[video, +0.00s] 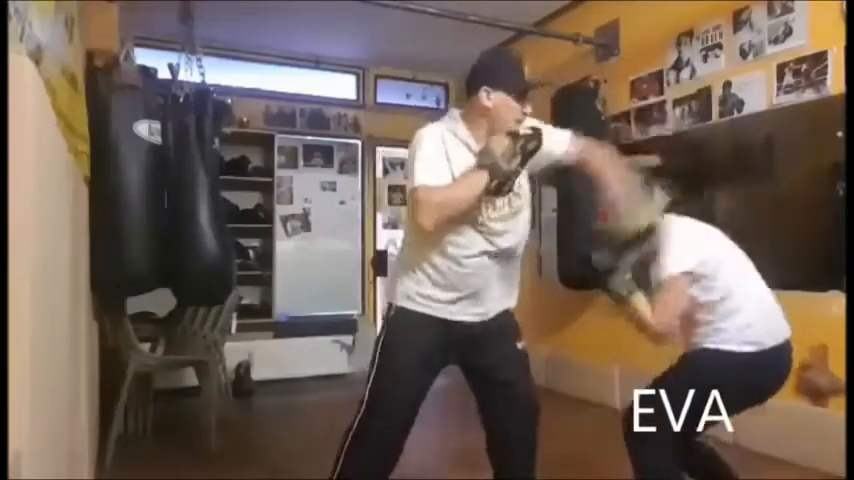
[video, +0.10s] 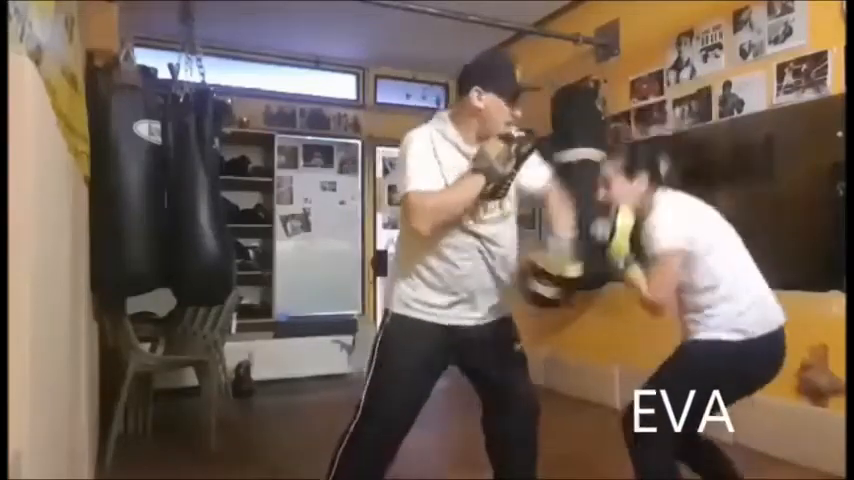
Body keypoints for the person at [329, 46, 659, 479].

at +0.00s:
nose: (528, 108)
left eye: (528, 98)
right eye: (520, 97)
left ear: (492, 99)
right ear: (487, 98)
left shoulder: (524, 137)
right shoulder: (435, 138)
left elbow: (596, 153)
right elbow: (429, 215)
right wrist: (490, 166)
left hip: (491, 318)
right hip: (421, 315)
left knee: (517, 422)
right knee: (380, 430)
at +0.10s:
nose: (517, 113)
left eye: (517, 102)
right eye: (509, 100)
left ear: (483, 99)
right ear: (478, 98)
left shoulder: (508, 145)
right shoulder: (424, 141)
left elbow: (555, 193)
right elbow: (423, 219)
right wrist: (485, 171)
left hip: (488, 319)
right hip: (419, 319)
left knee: (518, 418)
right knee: (377, 430)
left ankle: (516, 479)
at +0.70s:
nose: (467, 106)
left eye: (468, 98)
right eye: (461, 94)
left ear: (436, 93)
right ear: (433, 91)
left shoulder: (446, 151)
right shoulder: (382, 137)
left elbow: (468, 198)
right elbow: (403, 198)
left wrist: (527, 180)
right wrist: (461, 151)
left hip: (449, 327)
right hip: (383, 331)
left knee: (487, 447)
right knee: (353, 457)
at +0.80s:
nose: (480, 118)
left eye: (482, 109)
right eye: (476, 106)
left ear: (449, 101)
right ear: (450, 97)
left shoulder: (450, 155)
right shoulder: (402, 134)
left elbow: (471, 214)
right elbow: (441, 188)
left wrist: (495, 192)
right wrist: (493, 143)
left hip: (455, 328)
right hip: (393, 330)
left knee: (491, 439)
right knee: (361, 453)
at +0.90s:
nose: (492, 122)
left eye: (493, 113)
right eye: (487, 110)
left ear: (463, 106)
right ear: (463, 103)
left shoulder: (464, 155)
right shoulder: (423, 128)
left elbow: (458, 238)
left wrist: (507, 229)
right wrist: (549, 124)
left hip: (458, 326)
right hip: (399, 322)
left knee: (494, 435)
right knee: (367, 449)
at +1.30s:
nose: (511, 136)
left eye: (516, 129)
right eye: (511, 124)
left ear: (494, 119)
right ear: (483, 110)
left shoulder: (490, 194)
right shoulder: (431, 132)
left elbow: (506, 260)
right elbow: (501, 133)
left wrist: (560, 299)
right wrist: (540, 104)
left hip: (469, 330)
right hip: (403, 322)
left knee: (506, 428)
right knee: (374, 441)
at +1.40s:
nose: (504, 121)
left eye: (507, 115)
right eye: (501, 111)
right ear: (476, 103)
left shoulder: (479, 180)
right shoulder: (429, 126)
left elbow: (487, 257)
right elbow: (510, 137)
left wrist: (544, 295)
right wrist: (551, 115)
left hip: (467, 326)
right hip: (403, 318)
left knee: (502, 426)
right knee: (375, 438)